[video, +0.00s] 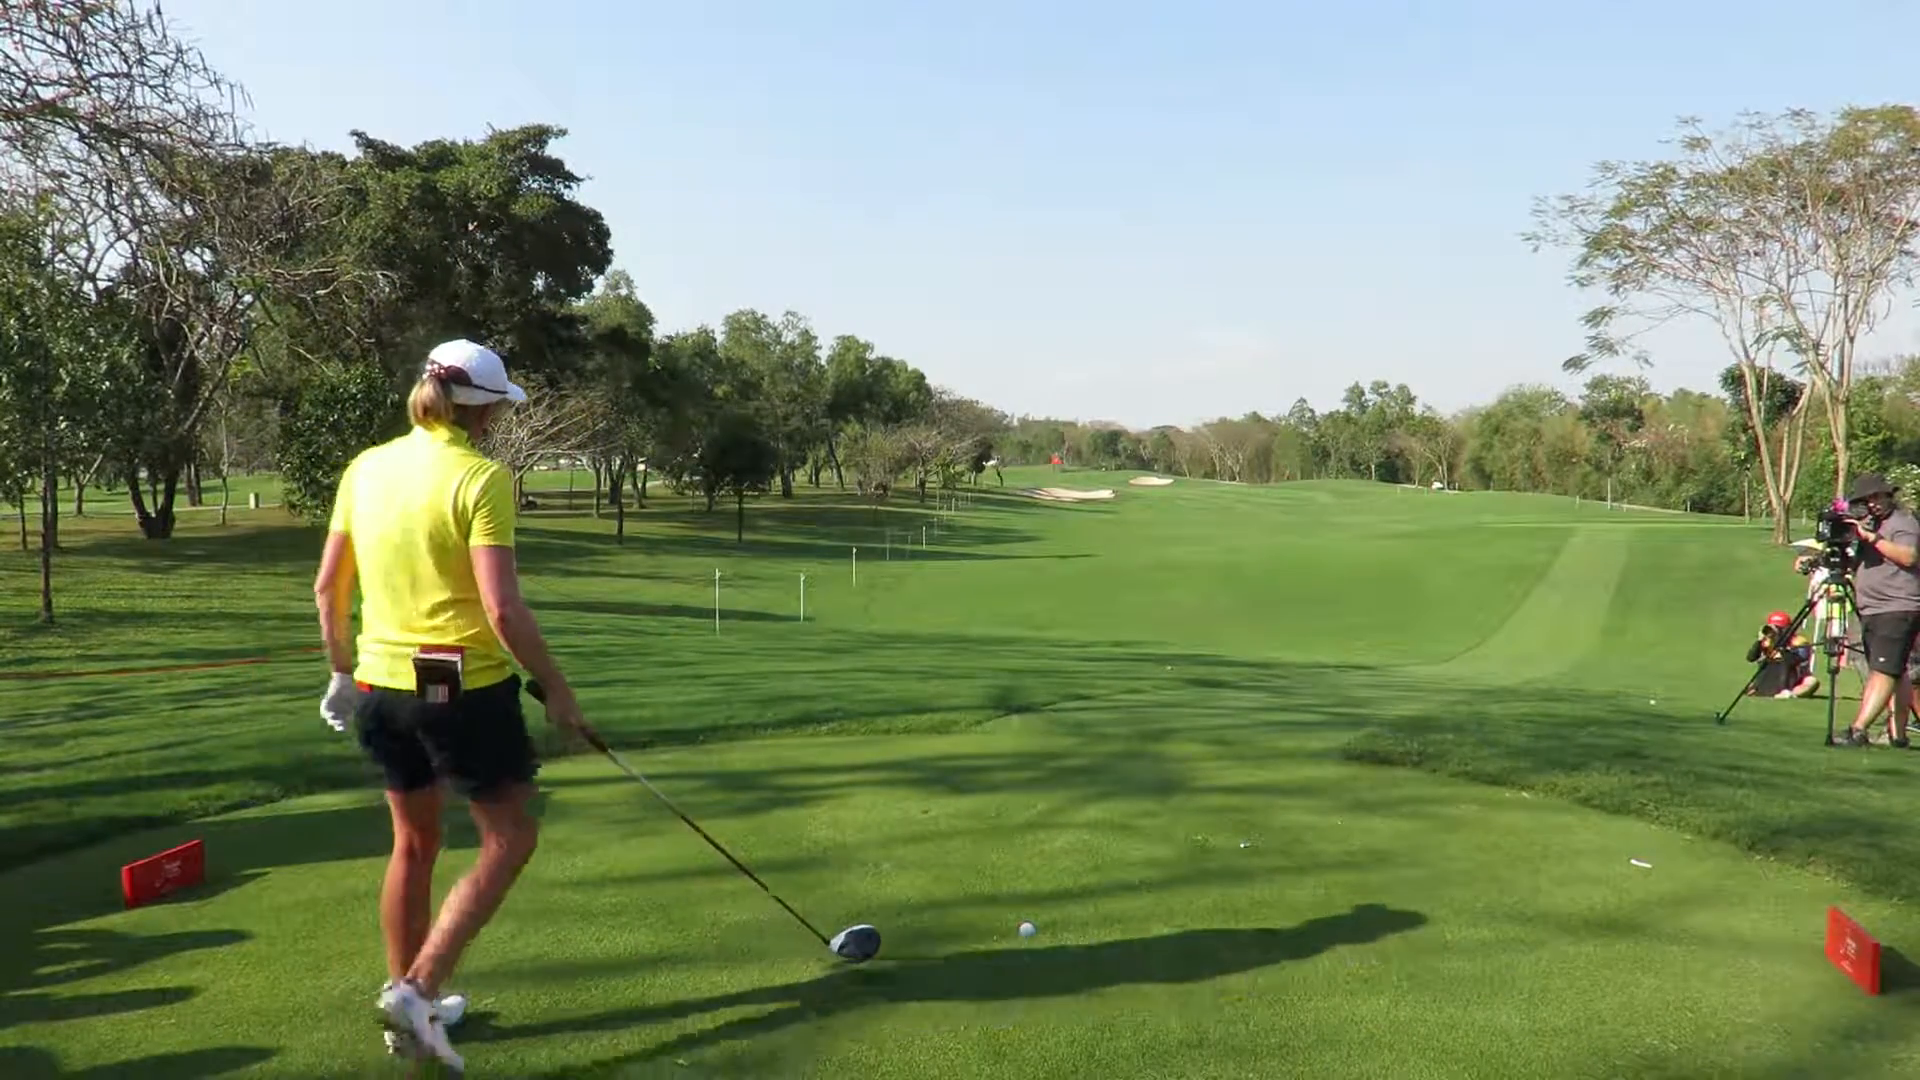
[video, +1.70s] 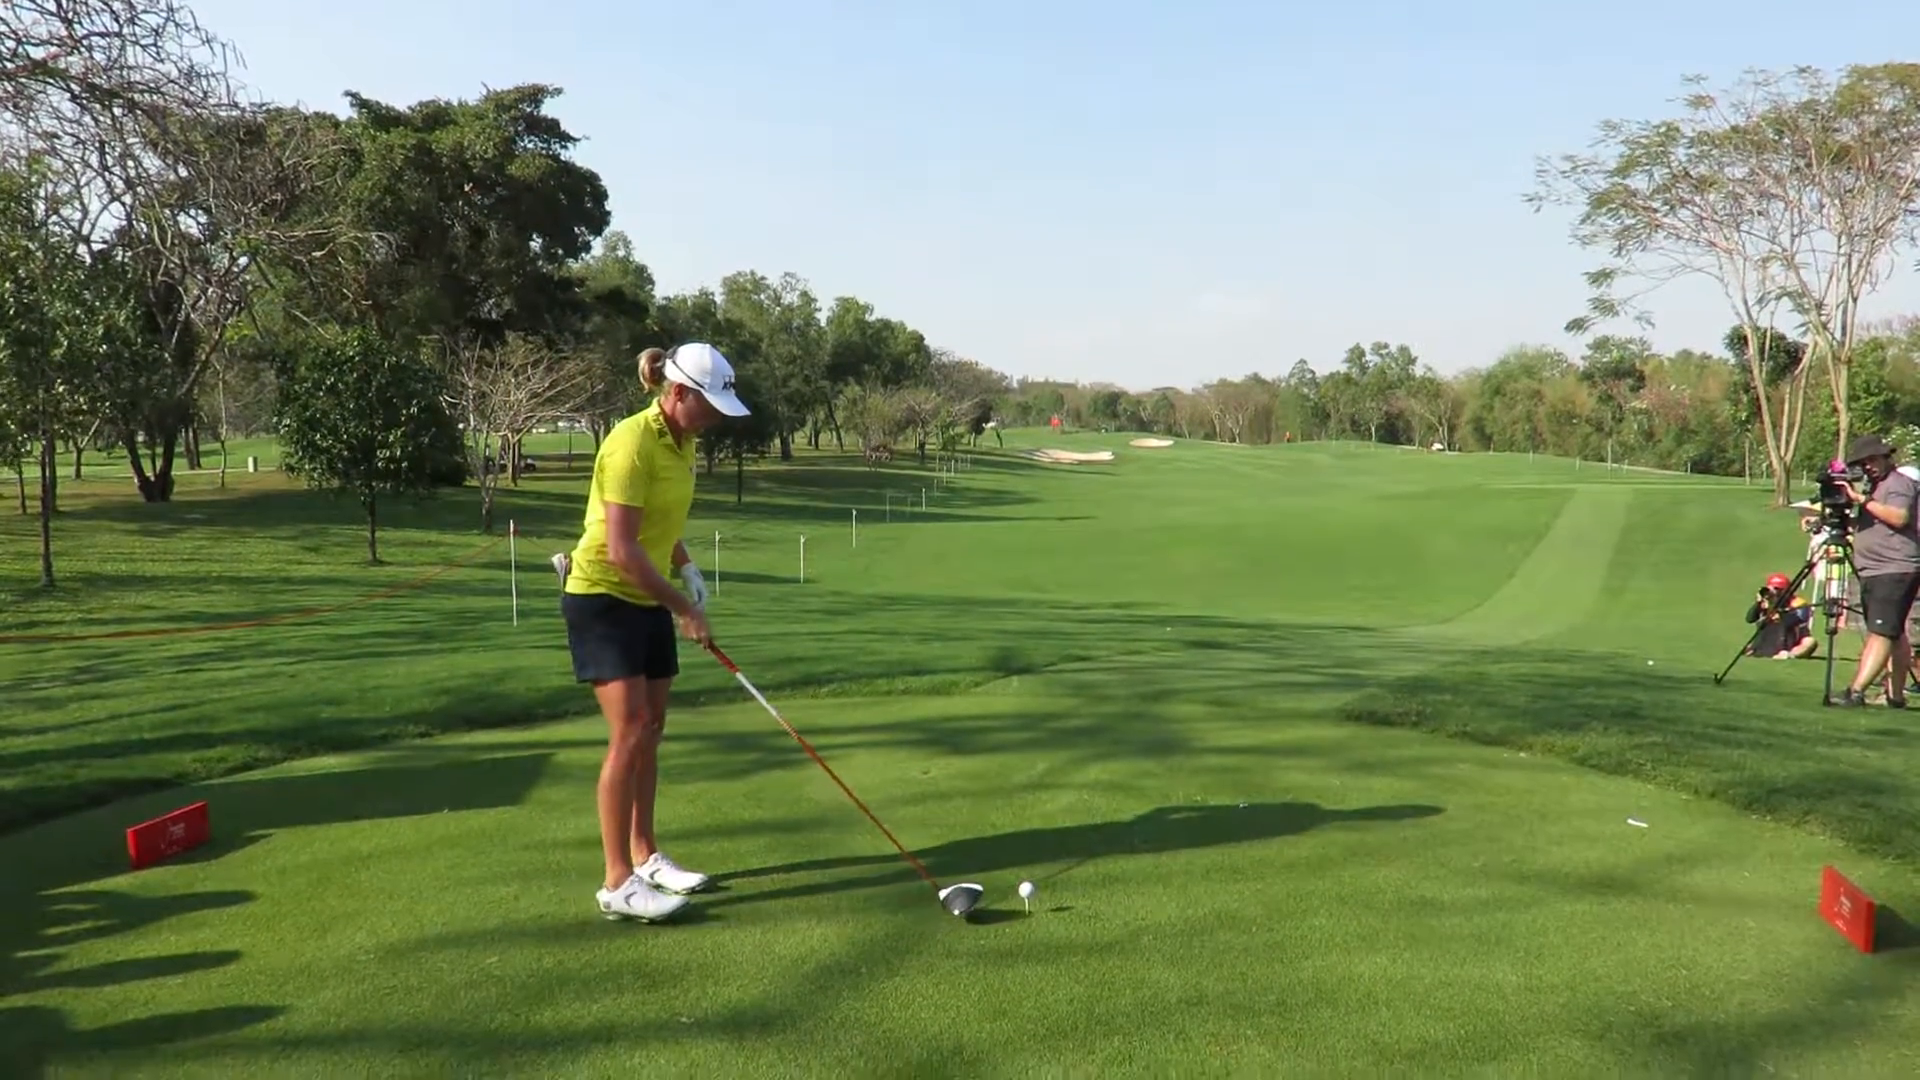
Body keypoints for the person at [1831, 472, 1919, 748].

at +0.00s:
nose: (1873, 505)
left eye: (1877, 499)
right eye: (1867, 501)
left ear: (1889, 497)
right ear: (1863, 505)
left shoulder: (1902, 522)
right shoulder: (1870, 526)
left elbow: (1909, 557)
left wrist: (1872, 538)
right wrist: (1844, 536)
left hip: (1898, 608)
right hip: (1873, 609)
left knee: (1883, 669)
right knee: (1893, 673)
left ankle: (1858, 728)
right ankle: (1898, 734)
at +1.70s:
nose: (1867, 469)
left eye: (1871, 462)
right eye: (1863, 464)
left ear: (1886, 459)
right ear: (1862, 465)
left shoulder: (1899, 483)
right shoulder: (1876, 488)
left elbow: (1899, 517)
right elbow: (1867, 524)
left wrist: (1862, 501)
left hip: (1896, 569)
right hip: (1874, 570)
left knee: (1881, 631)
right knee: (1893, 634)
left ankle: (1855, 691)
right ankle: (1896, 695)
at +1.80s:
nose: (1866, 466)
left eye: (1869, 459)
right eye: (1863, 462)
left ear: (1884, 456)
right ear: (1864, 463)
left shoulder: (1899, 480)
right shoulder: (1877, 484)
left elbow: (1899, 515)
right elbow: (1866, 520)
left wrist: (1861, 497)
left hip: (1895, 566)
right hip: (1875, 567)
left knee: (1880, 628)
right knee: (1894, 631)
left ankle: (1855, 688)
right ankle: (1896, 691)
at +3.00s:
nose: (1865, 449)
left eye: (1870, 442)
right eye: (1862, 444)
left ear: (1885, 438)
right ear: (1860, 445)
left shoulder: (1896, 463)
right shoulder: (1876, 467)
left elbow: (1891, 498)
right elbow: (1866, 499)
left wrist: (1854, 481)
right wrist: (1843, 479)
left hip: (1888, 547)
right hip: (1874, 547)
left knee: (1866, 606)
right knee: (1891, 612)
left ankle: (1853, 671)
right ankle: (1894, 674)